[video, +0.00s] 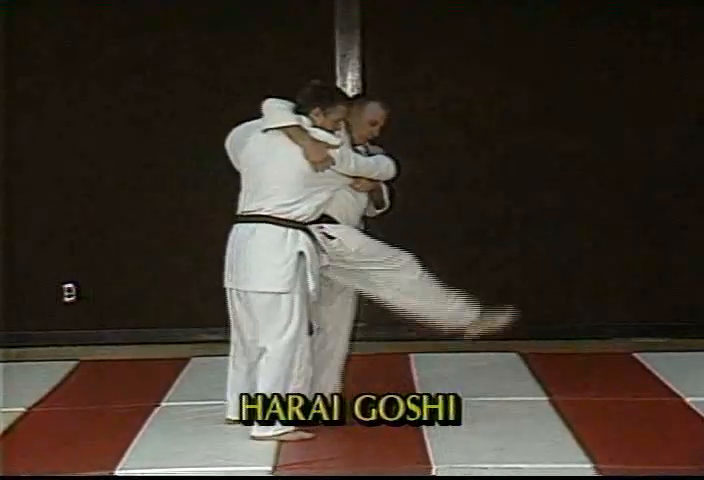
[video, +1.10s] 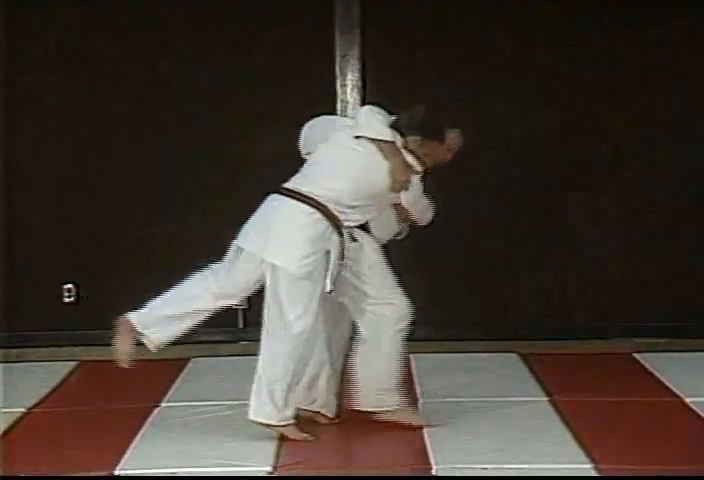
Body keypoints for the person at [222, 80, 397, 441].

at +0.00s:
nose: (341, 128)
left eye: (342, 120)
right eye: (338, 119)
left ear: (299, 113)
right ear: (317, 114)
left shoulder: (253, 138)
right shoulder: (324, 149)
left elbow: (234, 136)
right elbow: (379, 169)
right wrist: (386, 163)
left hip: (239, 244)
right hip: (278, 248)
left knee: (246, 337)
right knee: (282, 336)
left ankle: (239, 410)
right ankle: (269, 421)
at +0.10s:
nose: (346, 129)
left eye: (347, 121)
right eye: (343, 120)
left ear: (308, 114)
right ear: (324, 115)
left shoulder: (259, 137)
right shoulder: (329, 148)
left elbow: (236, 139)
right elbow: (378, 172)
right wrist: (388, 165)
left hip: (244, 243)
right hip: (283, 247)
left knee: (249, 338)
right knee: (286, 337)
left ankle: (242, 412)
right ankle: (270, 421)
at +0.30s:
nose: (379, 136)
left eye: (383, 130)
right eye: (377, 127)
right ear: (358, 118)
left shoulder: (364, 156)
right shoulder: (328, 129)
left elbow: (372, 210)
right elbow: (295, 106)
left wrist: (372, 198)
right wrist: (331, 144)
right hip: (326, 235)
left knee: (327, 322)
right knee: (392, 302)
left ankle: (324, 398)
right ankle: (427, 379)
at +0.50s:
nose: (384, 148)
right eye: (378, 141)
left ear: (328, 118)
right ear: (364, 130)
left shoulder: (297, 134)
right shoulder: (365, 158)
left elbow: (256, 149)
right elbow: (389, 201)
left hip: (254, 235)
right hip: (299, 244)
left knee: (252, 326)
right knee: (298, 336)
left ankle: (236, 390)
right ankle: (278, 417)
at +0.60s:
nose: (399, 166)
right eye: (400, 159)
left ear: (349, 126)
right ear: (377, 143)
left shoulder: (313, 133)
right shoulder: (374, 169)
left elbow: (268, 148)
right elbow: (392, 221)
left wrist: (297, 166)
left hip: (256, 224)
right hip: (296, 241)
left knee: (232, 311)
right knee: (287, 332)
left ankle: (198, 373)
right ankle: (274, 415)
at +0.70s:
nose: (405, 177)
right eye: (405, 169)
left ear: (370, 134)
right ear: (392, 151)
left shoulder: (328, 137)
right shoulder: (384, 182)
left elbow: (281, 148)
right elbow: (393, 231)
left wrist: (302, 175)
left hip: (255, 221)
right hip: (292, 242)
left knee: (211, 299)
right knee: (282, 329)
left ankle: (156, 361)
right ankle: (270, 415)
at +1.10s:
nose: (430, 156)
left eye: (431, 152)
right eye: (429, 150)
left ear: (395, 125)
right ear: (416, 141)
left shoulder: (350, 132)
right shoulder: (401, 171)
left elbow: (307, 138)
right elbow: (394, 224)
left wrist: (331, 162)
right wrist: (406, 217)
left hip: (275, 210)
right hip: (310, 231)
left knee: (226, 282)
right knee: (293, 323)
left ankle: (139, 325)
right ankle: (273, 411)